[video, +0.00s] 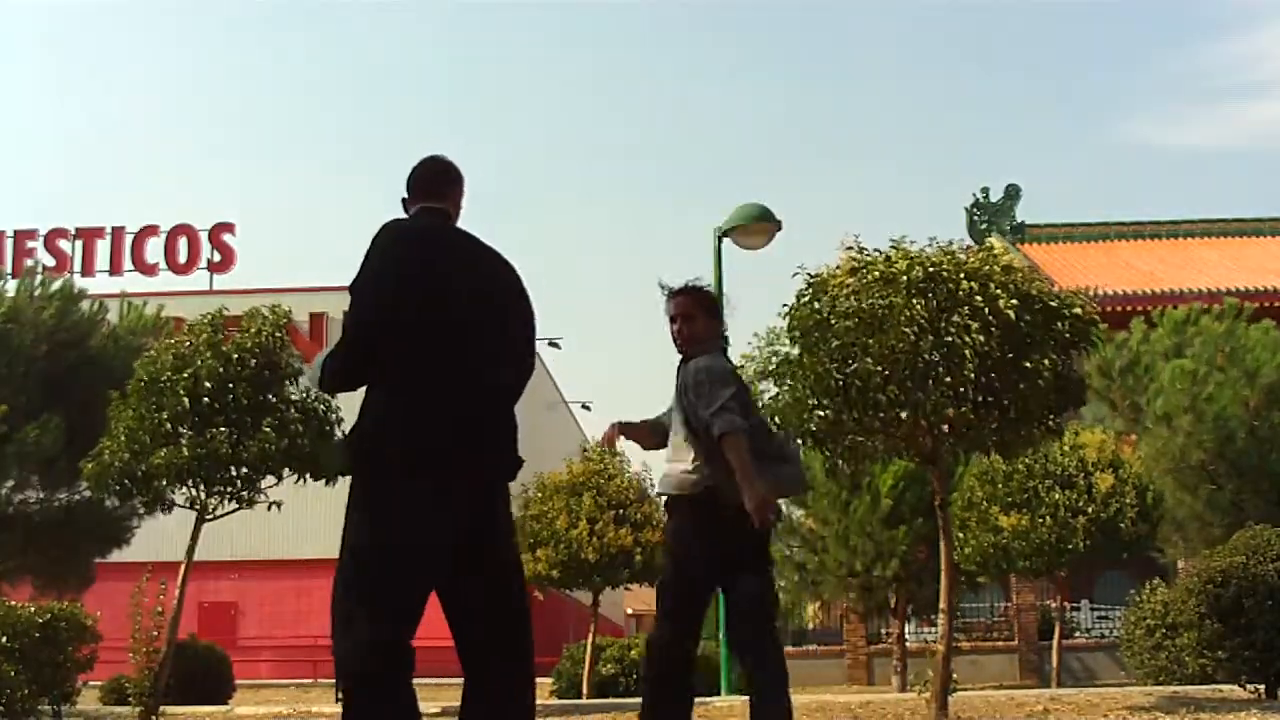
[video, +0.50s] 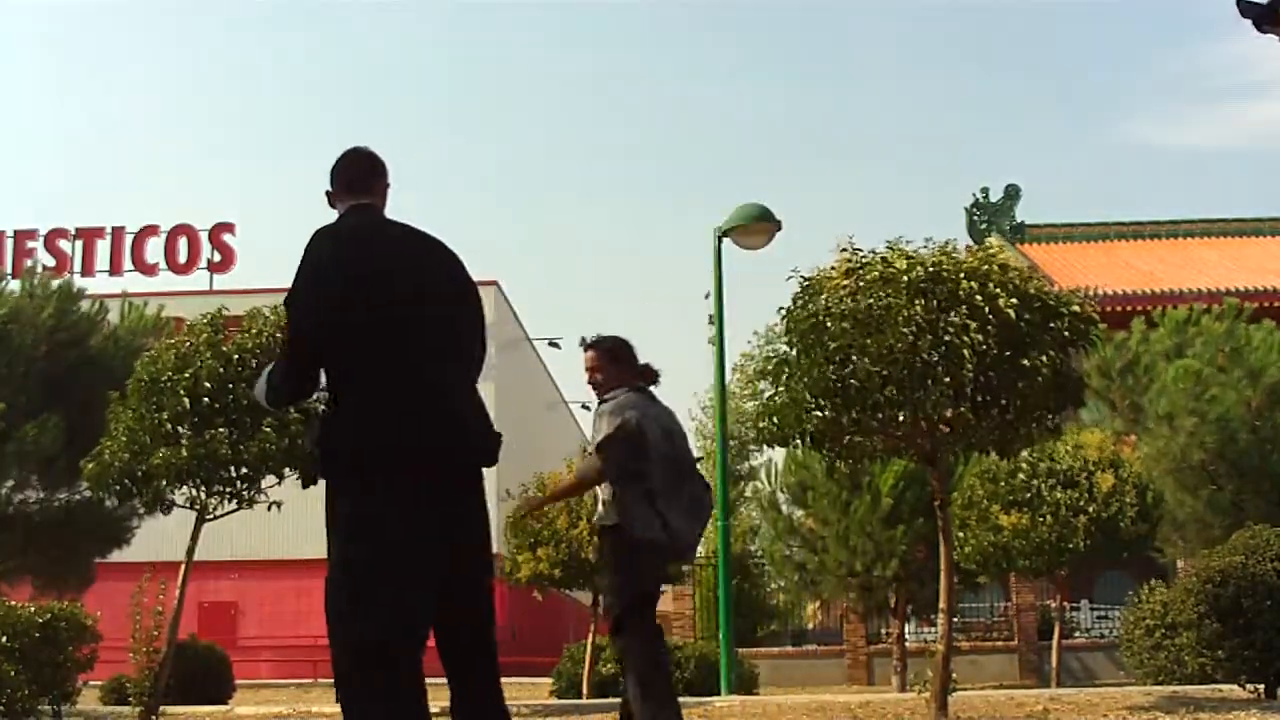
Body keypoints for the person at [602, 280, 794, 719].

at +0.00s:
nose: (677, 329)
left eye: (686, 319)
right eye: (672, 322)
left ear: (716, 324)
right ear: (670, 328)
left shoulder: (705, 368)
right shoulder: (699, 372)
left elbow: (730, 429)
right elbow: (663, 432)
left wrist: (751, 486)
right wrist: (626, 428)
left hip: (701, 512)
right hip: (737, 512)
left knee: (673, 634)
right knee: (756, 634)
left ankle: (661, 713)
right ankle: (773, 713)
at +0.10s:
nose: (659, 347)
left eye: (669, 338)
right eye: (655, 340)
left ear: (697, 340)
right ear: (654, 345)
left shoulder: (687, 385)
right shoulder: (693, 387)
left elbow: (722, 438)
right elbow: (656, 455)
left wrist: (748, 489)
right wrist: (617, 441)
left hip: (680, 526)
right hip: (724, 526)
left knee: (663, 645)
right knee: (743, 642)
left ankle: (663, 714)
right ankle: (767, 714)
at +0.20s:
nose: (635, 361)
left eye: (641, 350)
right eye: (633, 352)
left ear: (670, 350)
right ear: (672, 353)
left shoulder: (666, 394)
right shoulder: (692, 393)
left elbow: (691, 456)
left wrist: (712, 513)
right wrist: (632, 471)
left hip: (659, 528)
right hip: (691, 526)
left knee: (648, 628)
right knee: (702, 619)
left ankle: (661, 712)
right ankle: (744, 691)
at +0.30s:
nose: (617, 362)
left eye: (623, 353)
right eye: (615, 355)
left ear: (651, 352)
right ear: (656, 355)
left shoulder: (649, 396)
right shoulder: (682, 396)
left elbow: (654, 461)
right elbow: (702, 467)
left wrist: (643, 519)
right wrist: (688, 522)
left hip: (656, 526)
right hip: (686, 527)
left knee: (634, 623)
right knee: (675, 623)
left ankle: (656, 710)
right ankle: (712, 700)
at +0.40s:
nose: (605, 368)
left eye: (610, 358)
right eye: (602, 360)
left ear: (636, 356)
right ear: (646, 358)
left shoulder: (633, 397)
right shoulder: (669, 398)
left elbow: (622, 462)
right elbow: (693, 468)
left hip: (644, 529)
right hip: (675, 528)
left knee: (632, 624)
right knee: (646, 622)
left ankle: (655, 709)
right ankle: (666, 707)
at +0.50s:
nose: (590, 380)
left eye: (596, 371)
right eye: (587, 372)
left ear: (620, 369)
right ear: (631, 372)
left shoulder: (617, 409)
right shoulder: (657, 410)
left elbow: (599, 468)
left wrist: (541, 500)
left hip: (629, 535)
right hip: (657, 534)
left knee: (632, 629)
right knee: (638, 627)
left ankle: (654, 710)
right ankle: (638, 706)